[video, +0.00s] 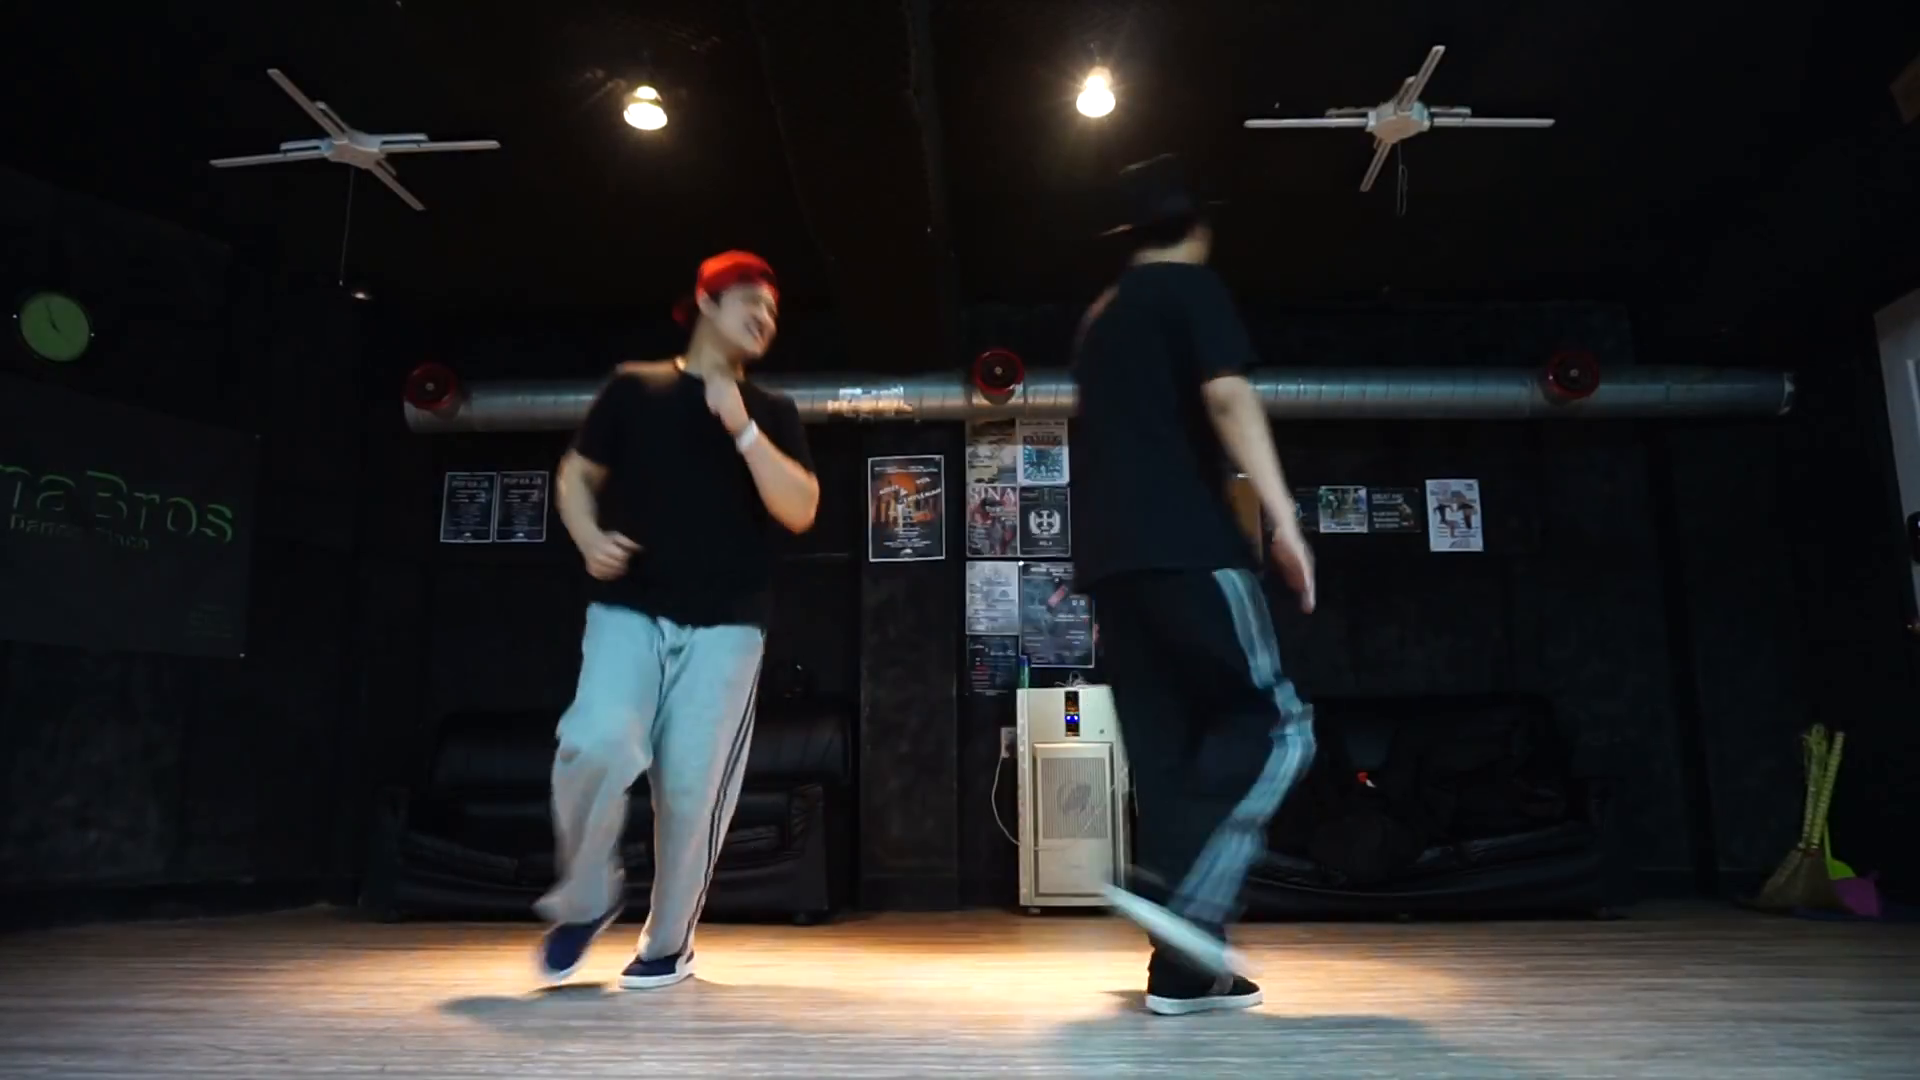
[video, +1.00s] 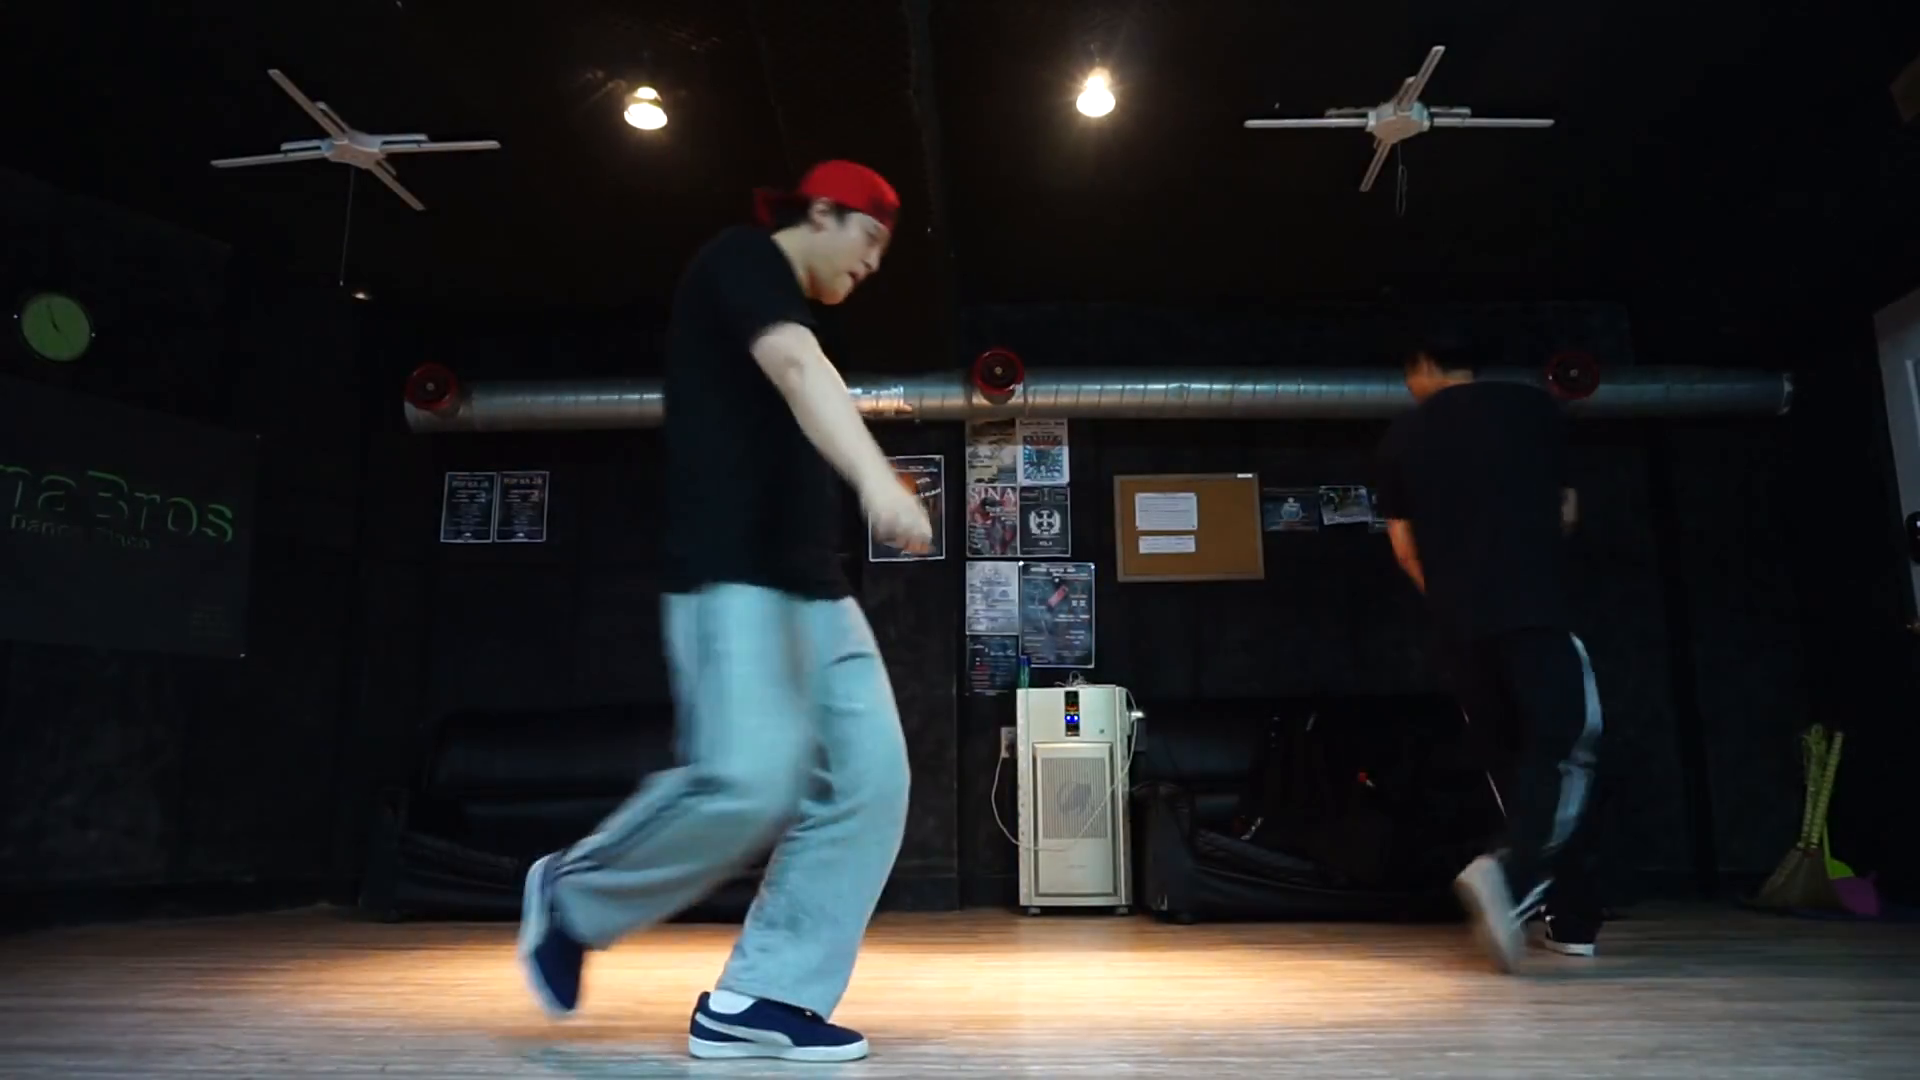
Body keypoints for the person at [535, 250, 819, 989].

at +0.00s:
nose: (764, 319)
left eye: (770, 312)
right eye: (750, 304)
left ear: (770, 328)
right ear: (706, 304)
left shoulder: (771, 412)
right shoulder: (633, 389)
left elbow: (801, 511)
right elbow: (575, 477)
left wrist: (746, 432)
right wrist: (590, 536)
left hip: (726, 618)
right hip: (628, 606)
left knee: (691, 785)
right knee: (599, 747)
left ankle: (668, 944)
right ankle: (583, 901)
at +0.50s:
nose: (715, 270)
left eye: (720, 257)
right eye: (701, 253)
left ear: (713, 265)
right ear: (648, 250)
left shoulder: (724, 363)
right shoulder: (560, 336)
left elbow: (787, 463)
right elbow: (473, 437)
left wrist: (755, 500)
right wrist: (576, 430)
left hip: (696, 611)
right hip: (578, 598)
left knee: (701, 795)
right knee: (555, 780)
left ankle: (614, 897)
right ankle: (526, 973)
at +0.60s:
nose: (736, 235)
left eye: (741, 222)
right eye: (722, 217)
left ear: (727, 233)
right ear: (671, 213)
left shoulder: (732, 339)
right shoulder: (579, 299)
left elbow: (768, 447)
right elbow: (505, 395)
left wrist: (762, 496)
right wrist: (641, 375)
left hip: (710, 586)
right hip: (593, 578)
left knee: (731, 758)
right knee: (557, 774)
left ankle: (618, 925)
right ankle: (526, 974)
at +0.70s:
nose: (764, 206)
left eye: (768, 192)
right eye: (749, 188)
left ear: (759, 206)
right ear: (697, 188)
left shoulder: (744, 314)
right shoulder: (619, 261)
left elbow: (749, 430)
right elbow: (566, 334)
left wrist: (764, 492)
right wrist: (718, 348)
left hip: (726, 568)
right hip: (615, 562)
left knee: (754, 750)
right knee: (576, 771)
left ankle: (685, 972)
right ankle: (525, 980)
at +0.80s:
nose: (801, 209)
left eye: (806, 197)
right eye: (787, 190)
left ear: (790, 211)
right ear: (733, 186)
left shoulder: (755, 309)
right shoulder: (659, 243)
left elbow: (729, 433)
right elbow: (643, 311)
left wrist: (774, 514)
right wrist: (794, 374)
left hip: (741, 569)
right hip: (641, 559)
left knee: (780, 760)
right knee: (593, 771)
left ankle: (740, 995)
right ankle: (526, 970)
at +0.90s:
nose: (841, 242)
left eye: (847, 229)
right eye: (833, 219)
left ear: (818, 230)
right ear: (779, 204)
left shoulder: (774, 317)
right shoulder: (706, 255)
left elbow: (740, 463)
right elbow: (741, 330)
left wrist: (788, 571)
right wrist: (870, 439)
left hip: (776, 590)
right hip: (684, 582)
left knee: (831, 769)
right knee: (628, 788)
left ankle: (752, 996)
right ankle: (534, 947)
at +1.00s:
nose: (870, 266)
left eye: (877, 253)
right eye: (868, 244)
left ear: (838, 232)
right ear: (823, 216)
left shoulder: (793, 317)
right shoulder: (741, 259)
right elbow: (798, 367)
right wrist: (878, 481)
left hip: (814, 589)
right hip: (729, 583)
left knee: (867, 788)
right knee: (750, 782)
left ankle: (760, 1001)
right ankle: (569, 900)